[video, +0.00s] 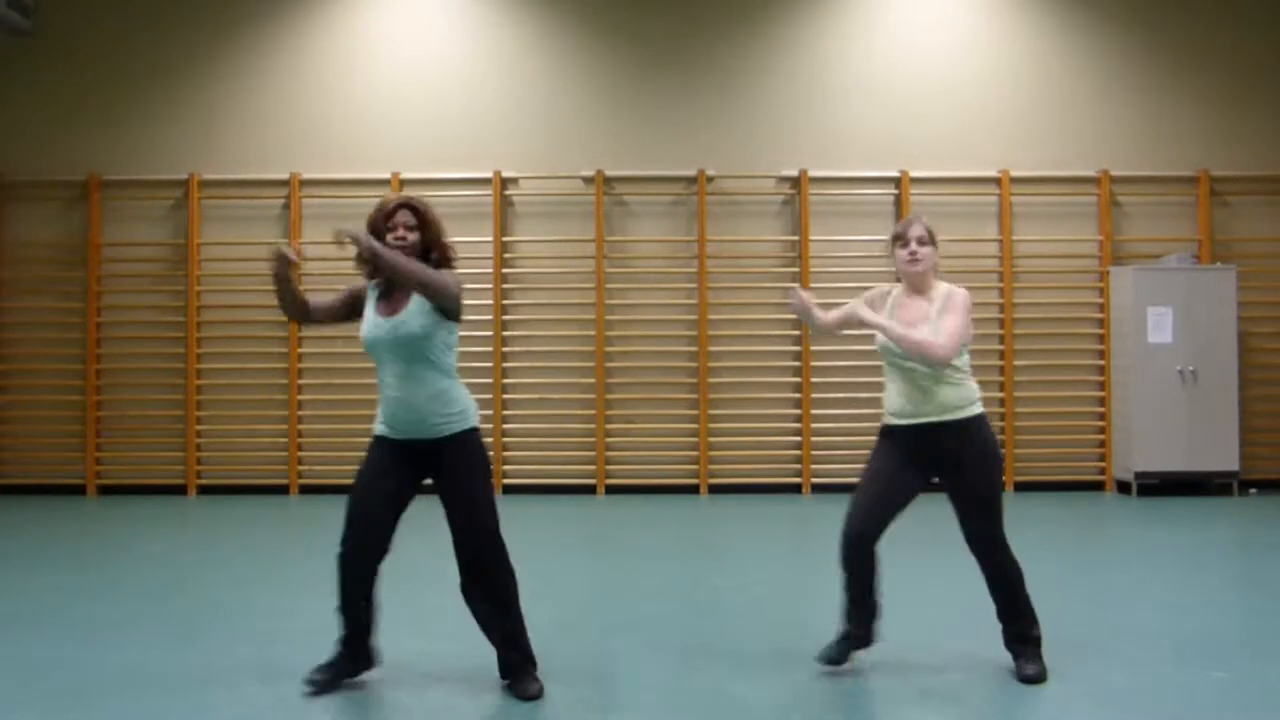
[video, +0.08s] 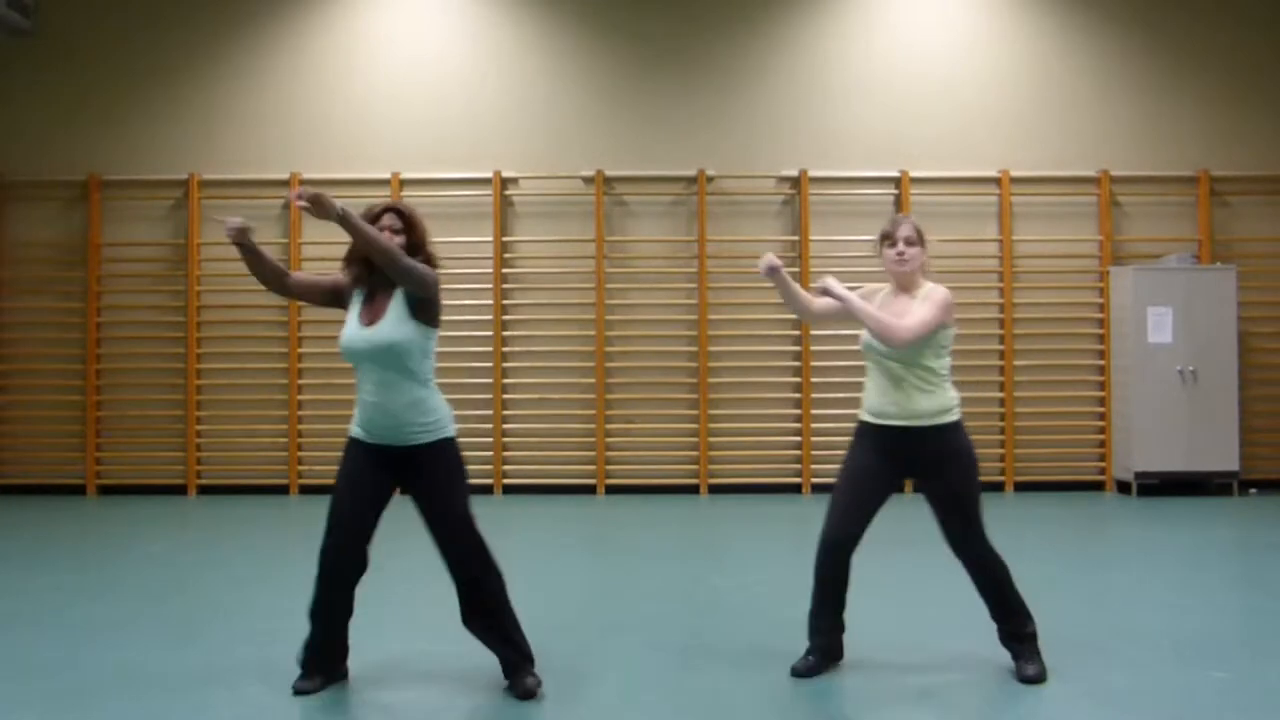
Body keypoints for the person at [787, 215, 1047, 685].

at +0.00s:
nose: (914, 250)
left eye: (922, 243)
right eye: (904, 244)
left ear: (936, 252)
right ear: (893, 254)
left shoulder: (954, 298)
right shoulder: (880, 299)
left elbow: (941, 351)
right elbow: (827, 322)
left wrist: (876, 321)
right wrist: (808, 309)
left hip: (963, 436)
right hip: (902, 439)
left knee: (988, 543)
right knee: (857, 532)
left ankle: (1026, 647)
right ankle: (857, 632)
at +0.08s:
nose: (901, 250)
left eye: (910, 243)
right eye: (892, 243)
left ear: (924, 252)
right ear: (881, 253)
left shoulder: (938, 297)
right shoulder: (869, 297)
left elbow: (902, 334)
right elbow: (811, 309)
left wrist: (845, 296)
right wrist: (781, 279)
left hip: (939, 438)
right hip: (877, 438)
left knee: (970, 544)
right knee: (834, 541)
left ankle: (1023, 644)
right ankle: (824, 646)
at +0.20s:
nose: (879, 251)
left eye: (889, 244)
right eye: (870, 243)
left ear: (904, 253)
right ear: (859, 251)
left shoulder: (912, 301)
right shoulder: (844, 296)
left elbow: (864, 335)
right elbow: (790, 312)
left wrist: (801, 294)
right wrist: (758, 284)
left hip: (896, 438)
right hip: (840, 434)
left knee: (907, 551)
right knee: (817, 552)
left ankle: (985, 632)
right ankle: (827, 648)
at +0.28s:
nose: (863, 250)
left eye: (873, 244)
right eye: (855, 243)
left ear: (887, 253)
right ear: (843, 252)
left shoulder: (896, 301)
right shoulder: (834, 296)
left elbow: (857, 349)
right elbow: (791, 322)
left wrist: (790, 323)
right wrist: (764, 314)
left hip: (880, 434)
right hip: (826, 429)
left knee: (857, 548)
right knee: (811, 549)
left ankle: (915, 623)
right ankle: (827, 647)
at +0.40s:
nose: (839, 249)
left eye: (850, 243)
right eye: (833, 241)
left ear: (865, 253)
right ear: (822, 249)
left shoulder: (875, 302)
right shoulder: (816, 296)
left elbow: (853, 362)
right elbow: (772, 326)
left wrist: (789, 351)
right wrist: (762, 331)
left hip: (856, 433)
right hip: (807, 428)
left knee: (830, 545)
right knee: (776, 536)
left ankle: (868, 643)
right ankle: (820, 636)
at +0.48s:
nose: (826, 245)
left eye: (837, 239)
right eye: (820, 237)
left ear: (853, 251)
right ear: (809, 247)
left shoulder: (859, 298)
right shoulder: (802, 293)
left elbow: (828, 346)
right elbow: (768, 314)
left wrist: (775, 317)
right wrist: (751, 310)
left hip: (846, 435)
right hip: (795, 430)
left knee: (838, 542)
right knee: (737, 520)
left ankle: (869, 647)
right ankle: (781, 619)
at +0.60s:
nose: (803, 241)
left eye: (812, 236)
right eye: (796, 234)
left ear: (827, 248)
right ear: (785, 244)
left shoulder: (831, 292)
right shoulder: (771, 285)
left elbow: (783, 305)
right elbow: (736, 284)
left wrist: (744, 262)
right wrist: (711, 262)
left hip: (823, 433)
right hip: (767, 431)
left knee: (843, 539)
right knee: (706, 519)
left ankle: (870, 644)